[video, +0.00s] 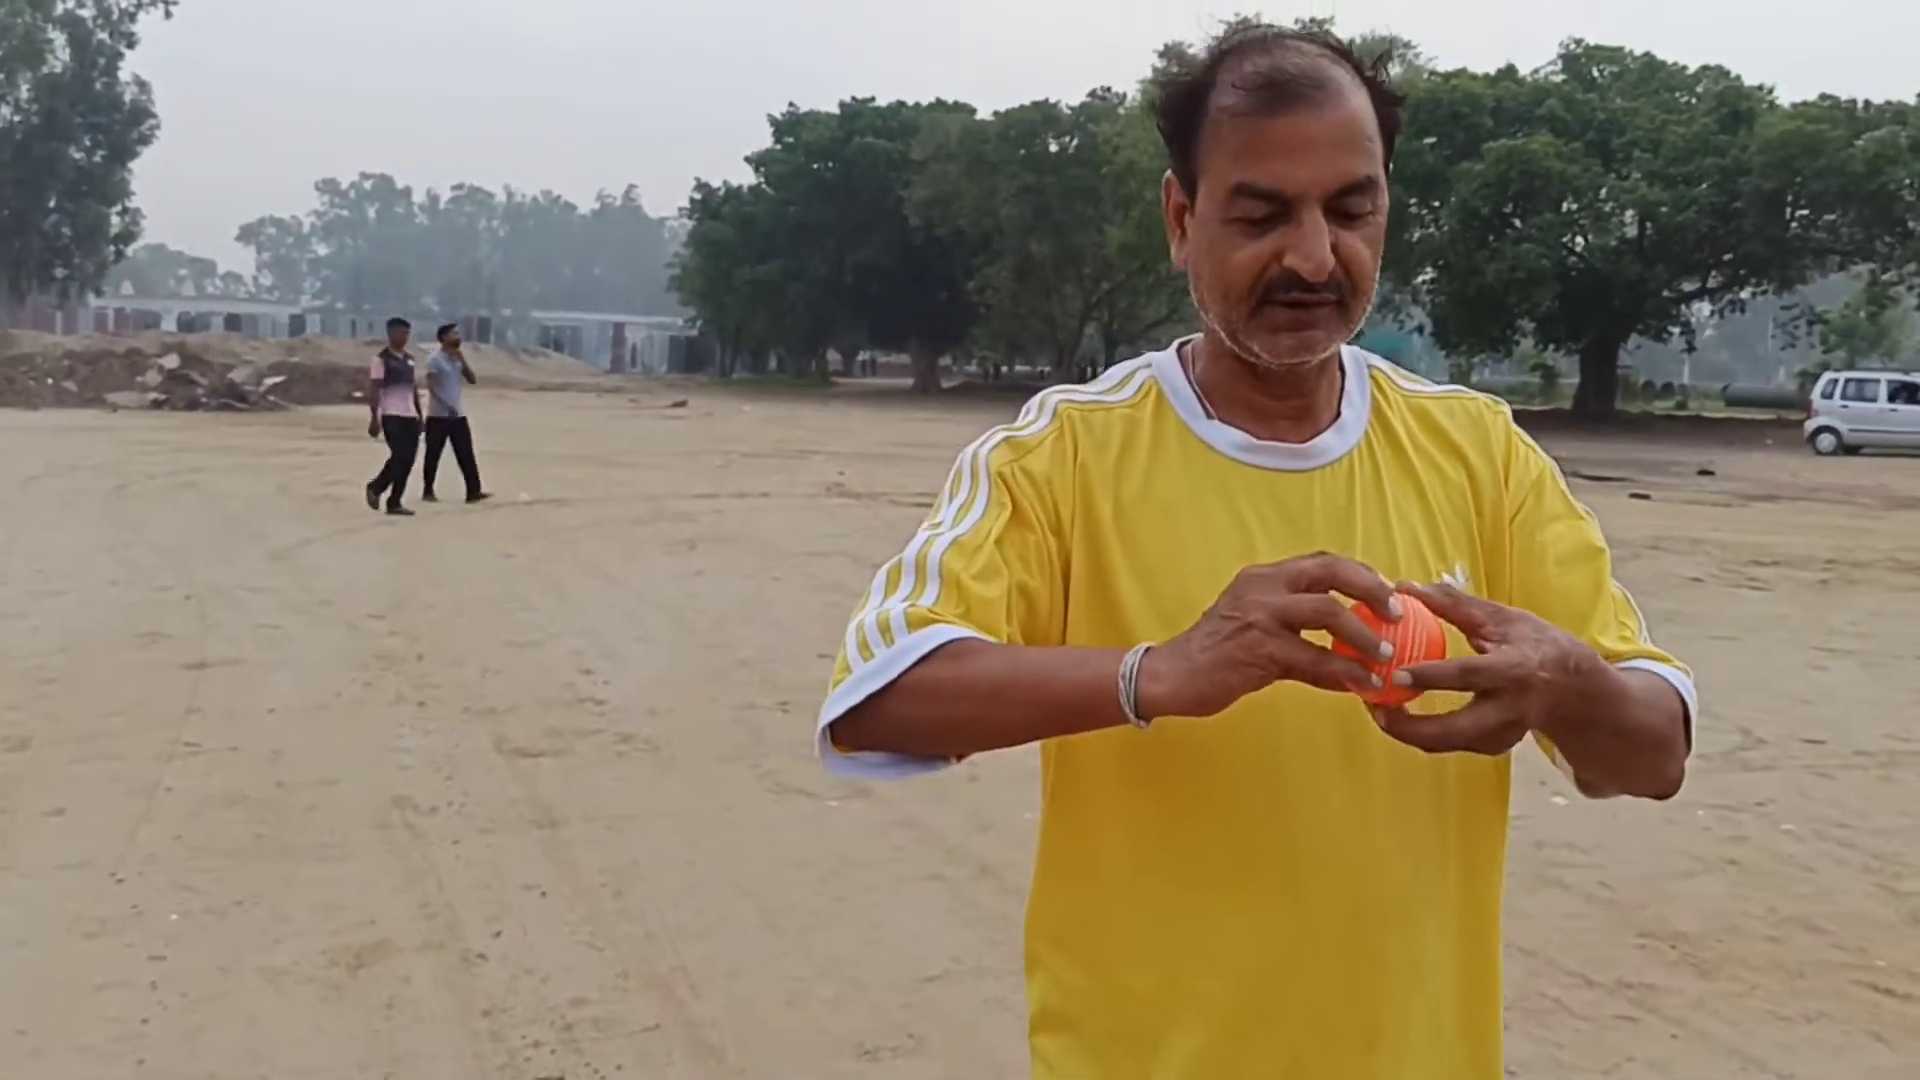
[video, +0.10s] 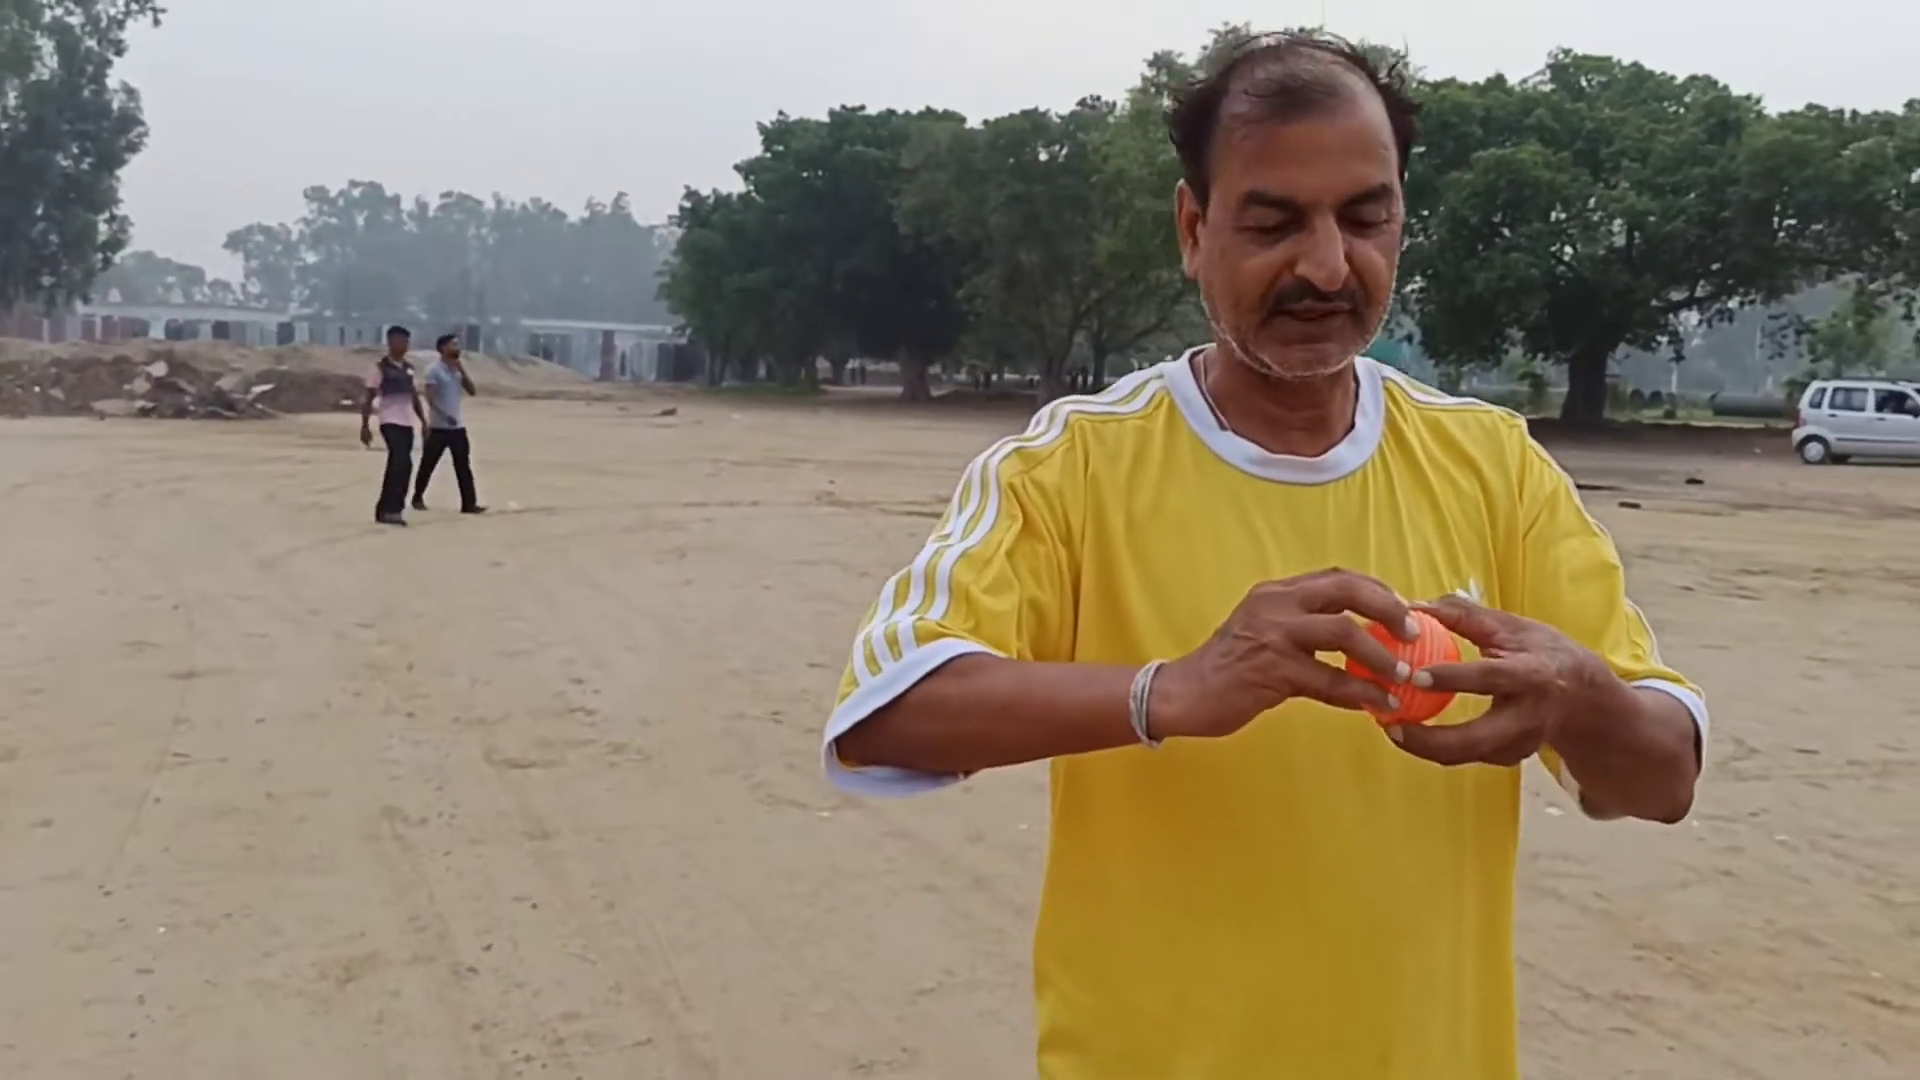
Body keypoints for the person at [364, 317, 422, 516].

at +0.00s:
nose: (404, 338)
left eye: (406, 334)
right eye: (400, 333)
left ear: (408, 335)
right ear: (390, 334)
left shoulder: (409, 359)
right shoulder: (380, 359)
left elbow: (413, 389)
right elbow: (374, 390)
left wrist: (419, 414)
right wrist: (374, 418)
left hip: (410, 413)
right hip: (391, 412)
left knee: (408, 459)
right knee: (400, 455)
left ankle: (395, 500)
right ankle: (375, 487)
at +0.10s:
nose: (402, 346)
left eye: (405, 342)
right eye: (398, 341)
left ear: (408, 344)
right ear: (389, 343)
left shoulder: (408, 368)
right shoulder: (380, 368)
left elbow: (414, 397)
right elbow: (369, 397)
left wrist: (423, 420)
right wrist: (365, 426)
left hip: (407, 421)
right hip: (390, 420)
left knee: (399, 465)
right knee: (402, 463)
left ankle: (388, 508)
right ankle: (390, 509)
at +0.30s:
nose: (405, 364)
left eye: (408, 359)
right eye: (401, 359)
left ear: (410, 361)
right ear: (391, 359)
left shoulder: (410, 385)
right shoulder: (383, 385)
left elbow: (417, 413)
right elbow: (372, 415)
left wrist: (431, 436)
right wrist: (364, 445)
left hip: (408, 441)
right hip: (392, 440)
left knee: (389, 484)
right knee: (404, 483)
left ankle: (367, 521)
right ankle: (420, 527)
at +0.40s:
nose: (398, 372)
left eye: (400, 368)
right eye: (394, 368)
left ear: (403, 370)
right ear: (384, 369)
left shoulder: (406, 395)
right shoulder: (376, 396)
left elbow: (412, 422)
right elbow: (369, 427)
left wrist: (418, 443)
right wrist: (365, 458)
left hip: (405, 449)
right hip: (388, 449)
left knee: (391, 493)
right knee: (401, 493)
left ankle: (359, 525)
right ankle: (408, 537)